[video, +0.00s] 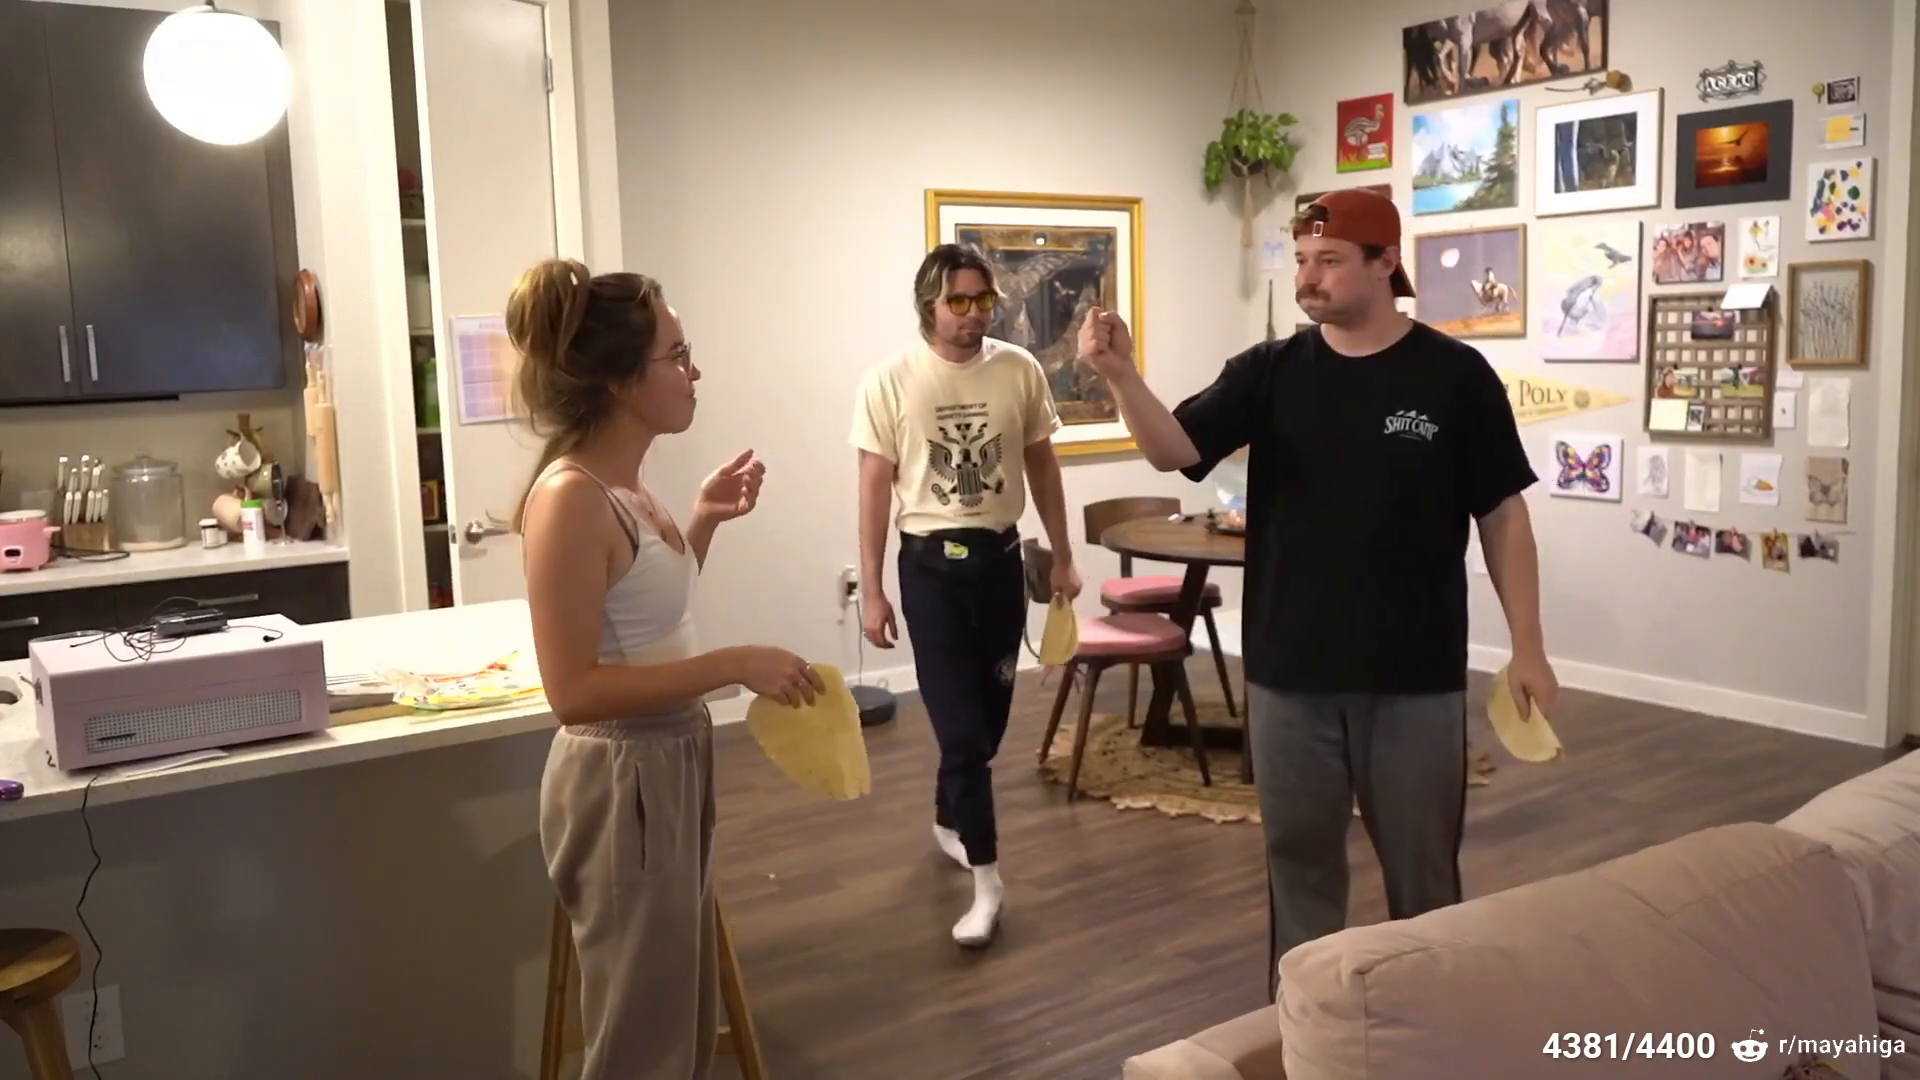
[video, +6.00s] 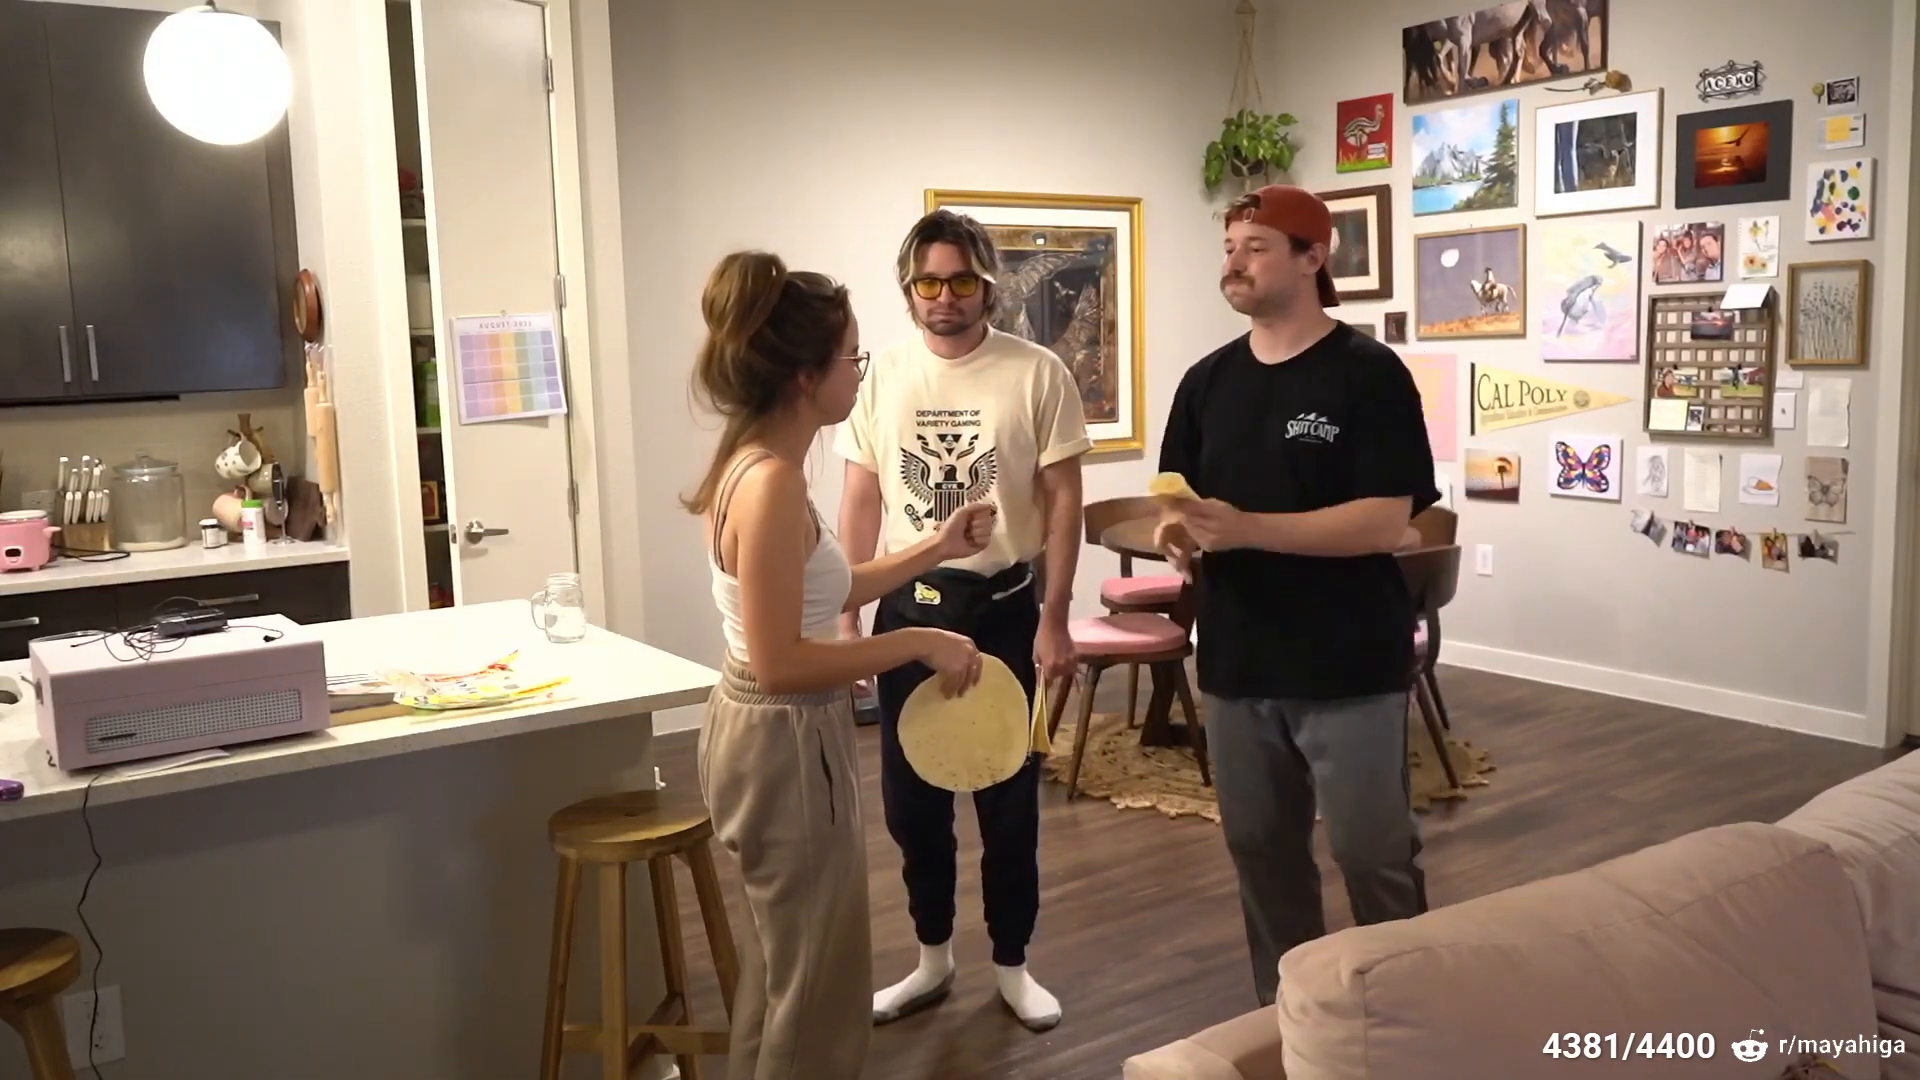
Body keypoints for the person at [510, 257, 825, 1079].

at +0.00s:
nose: (694, 372)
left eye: (686, 353)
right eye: (677, 358)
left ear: (625, 383)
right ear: (618, 383)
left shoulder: (628, 485)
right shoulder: (568, 499)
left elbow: (651, 611)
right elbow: (574, 692)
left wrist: (705, 518)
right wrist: (734, 666)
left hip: (668, 759)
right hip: (618, 776)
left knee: (681, 1012)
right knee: (642, 1028)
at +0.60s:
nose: (743, 371)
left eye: (736, 354)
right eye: (728, 359)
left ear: (677, 384)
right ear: (679, 385)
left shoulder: (660, 481)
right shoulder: (638, 495)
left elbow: (689, 621)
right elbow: (698, 675)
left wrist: (776, 594)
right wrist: (789, 600)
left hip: (664, 755)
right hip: (667, 769)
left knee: (667, 1020)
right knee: (769, 1027)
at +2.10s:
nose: (805, 367)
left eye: (800, 350)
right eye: (795, 352)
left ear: (727, 373)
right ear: (745, 373)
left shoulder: (677, 472)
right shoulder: (736, 487)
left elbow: (748, 598)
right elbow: (793, 665)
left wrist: (843, 530)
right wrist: (915, 623)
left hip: (696, 734)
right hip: (749, 753)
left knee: (742, 982)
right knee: (794, 1000)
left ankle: (734, 1070)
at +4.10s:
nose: (849, 363)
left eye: (844, 349)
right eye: (838, 353)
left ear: (778, 379)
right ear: (792, 378)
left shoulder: (737, 468)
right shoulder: (768, 485)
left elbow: (809, 578)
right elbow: (784, 666)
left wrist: (895, 503)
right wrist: (921, 641)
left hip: (743, 729)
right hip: (783, 745)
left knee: (771, 967)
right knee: (818, 986)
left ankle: (750, 1074)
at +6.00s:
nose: (861, 371)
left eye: (857, 356)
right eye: (852, 359)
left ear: (795, 377)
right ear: (805, 376)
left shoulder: (753, 468)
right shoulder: (770, 482)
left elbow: (823, 592)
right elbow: (780, 665)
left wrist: (937, 546)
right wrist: (924, 646)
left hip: (761, 730)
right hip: (785, 744)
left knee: (781, 968)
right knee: (815, 978)